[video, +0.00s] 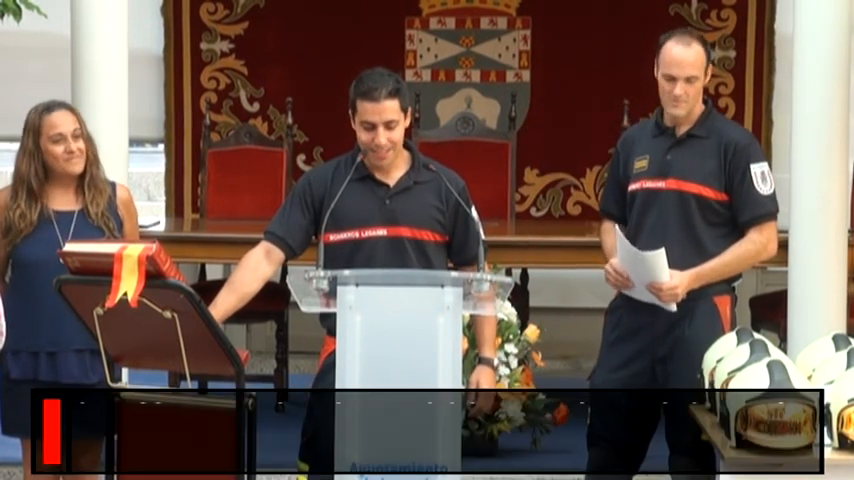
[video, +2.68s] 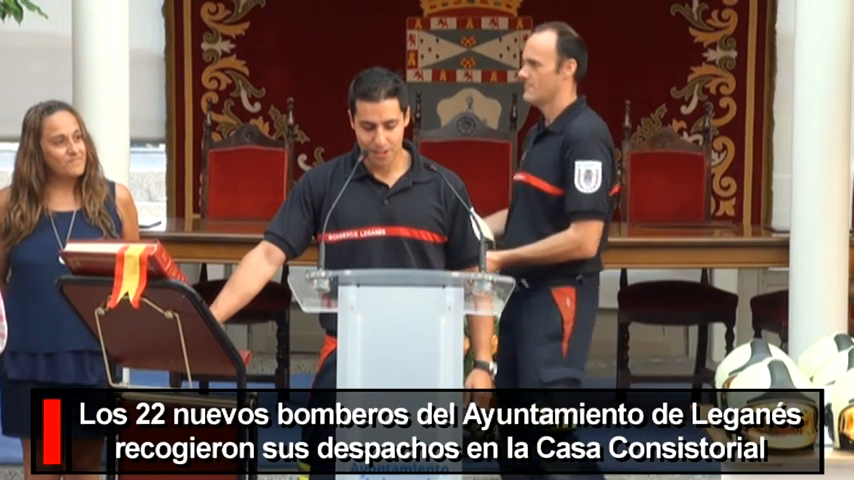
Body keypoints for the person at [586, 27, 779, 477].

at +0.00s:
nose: (679, 91)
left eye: (690, 80)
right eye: (670, 79)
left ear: (706, 79)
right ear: (656, 76)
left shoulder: (737, 145)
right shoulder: (632, 141)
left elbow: (764, 242)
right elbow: (611, 218)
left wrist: (691, 280)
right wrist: (615, 259)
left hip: (699, 335)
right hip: (630, 330)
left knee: (693, 467)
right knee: (607, 465)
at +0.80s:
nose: (687, 99)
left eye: (696, 88)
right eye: (677, 87)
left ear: (709, 83)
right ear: (659, 80)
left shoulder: (741, 145)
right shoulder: (627, 142)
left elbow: (772, 229)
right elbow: (608, 223)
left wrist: (758, 287)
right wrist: (625, 287)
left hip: (706, 315)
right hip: (634, 311)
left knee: (696, 448)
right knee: (609, 442)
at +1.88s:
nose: (633, 116)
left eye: (643, 104)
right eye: (625, 105)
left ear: (669, 93)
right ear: (616, 98)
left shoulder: (715, 147)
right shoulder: (599, 154)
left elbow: (758, 222)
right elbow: (581, 232)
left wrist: (709, 259)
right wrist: (595, 295)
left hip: (693, 320)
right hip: (618, 320)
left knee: (691, 451)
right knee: (599, 450)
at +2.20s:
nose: (596, 90)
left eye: (607, 78)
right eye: (594, 79)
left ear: (642, 77)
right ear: (596, 80)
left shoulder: (688, 142)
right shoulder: (590, 142)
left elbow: (720, 238)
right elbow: (579, 228)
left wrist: (640, 263)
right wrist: (556, 258)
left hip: (661, 314)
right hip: (596, 312)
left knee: (669, 456)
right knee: (560, 450)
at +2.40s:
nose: (565, 80)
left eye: (576, 71)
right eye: (565, 70)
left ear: (612, 73)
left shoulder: (646, 140)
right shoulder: (570, 140)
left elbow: (660, 242)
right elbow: (563, 218)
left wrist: (576, 264)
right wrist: (527, 240)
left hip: (621, 312)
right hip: (564, 311)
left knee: (639, 451)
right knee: (542, 446)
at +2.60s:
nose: (532, 74)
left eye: (543, 65)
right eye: (533, 64)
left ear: (579, 70)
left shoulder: (600, 135)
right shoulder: (546, 134)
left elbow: (603, 241)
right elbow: (532, 214)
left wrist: (521, 261)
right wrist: (484, 236)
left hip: (574, 303)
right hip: (530, 301)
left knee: (587, 442)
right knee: (521, 438)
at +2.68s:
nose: (521, 73)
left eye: (532, 64)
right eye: (522, 63)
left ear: (567, 69)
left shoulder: (585, 134)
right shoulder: (544, 132)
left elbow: (584, 240)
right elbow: (526, 213)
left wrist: (500, 259)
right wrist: (465, 232)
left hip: (559, 295)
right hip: (524, 290)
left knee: (553, 430)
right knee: (514, 424)